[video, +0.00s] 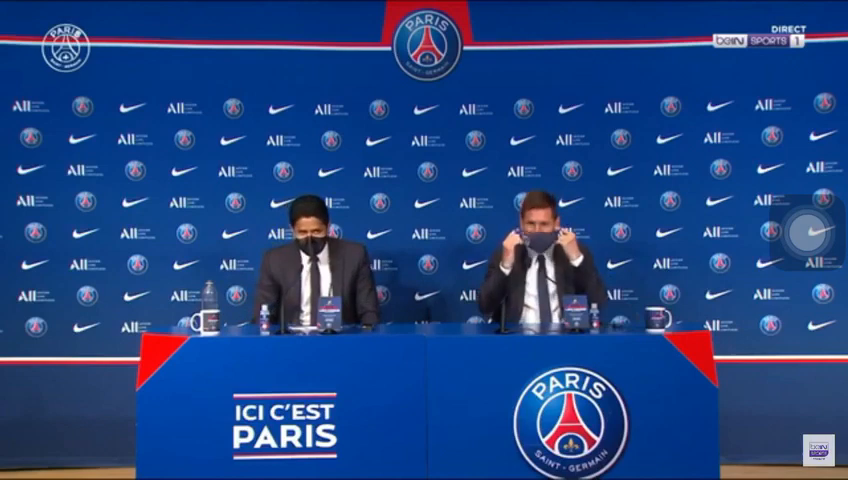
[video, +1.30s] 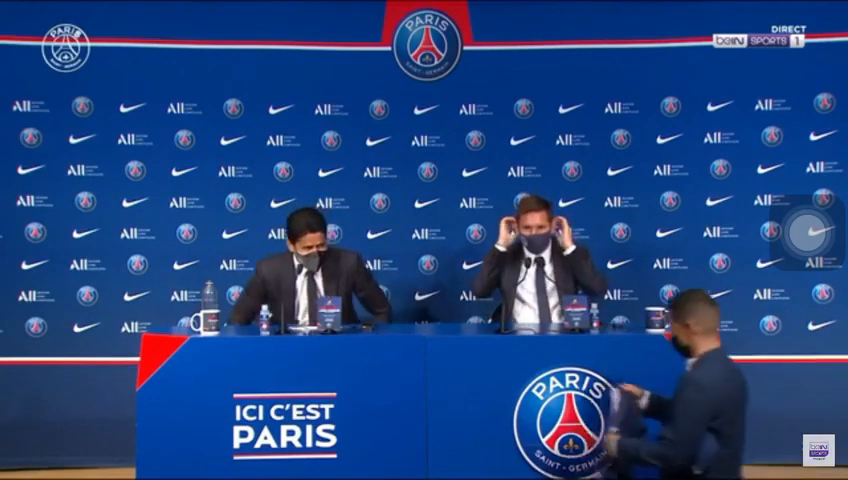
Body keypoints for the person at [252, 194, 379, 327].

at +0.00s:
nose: (310, 238)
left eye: (317, 231)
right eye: (302, 232)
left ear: (327, 227)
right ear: (293, 230)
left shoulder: (354, 254)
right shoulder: (275, 259)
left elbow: (368, 312)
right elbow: (263, 315)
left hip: (342, 346)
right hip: (291, 346)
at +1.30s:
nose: (315, 253)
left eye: (320, 246)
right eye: (307, 248)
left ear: (326, 238)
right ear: (291, 244)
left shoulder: (349, 263)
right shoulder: (269, 270)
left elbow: (382, 311)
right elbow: (238, 321)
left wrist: (369, 345)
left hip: (340, 352)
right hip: (287, 353)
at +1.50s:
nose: (316, 248)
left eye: (320, 240)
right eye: (308, 243)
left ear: (325, 233)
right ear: (290, 239)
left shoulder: (347, 258)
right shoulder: (267, 264)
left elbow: (380, 307)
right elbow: (238, 318)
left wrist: (363, 343)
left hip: (340, 349)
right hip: (287, 351)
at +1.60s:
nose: (317, 244)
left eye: (321, 237)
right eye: (309, 239)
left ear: (326, 231)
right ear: (290, 237)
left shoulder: (348, 256)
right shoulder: (267, 263)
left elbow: (377, 308)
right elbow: (241, 317)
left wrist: (360, 345)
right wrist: (259, 350)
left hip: (339, 349)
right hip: (287, 351)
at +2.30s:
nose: (309, 258)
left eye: (316, 252)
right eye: (302, 252)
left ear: (325, 242)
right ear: (290, 245)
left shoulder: (348, 253)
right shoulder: (271, 259)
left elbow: (375, 308)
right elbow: (252, 316)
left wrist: (348, 287)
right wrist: (275, 283)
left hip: (337, 342)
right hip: (289, 343)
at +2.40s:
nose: (309, 248)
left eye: (316, 241)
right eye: (303, 242)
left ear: (326, 237)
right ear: (291, 239)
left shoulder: (349, 251)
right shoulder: (270, 258)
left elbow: (371, 310)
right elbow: (257, 316)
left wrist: (341, 269)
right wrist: (281, 272)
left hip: (336, 343)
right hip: (288, 344)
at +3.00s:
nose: (316, 244)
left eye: (321, 235)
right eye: (307, 237)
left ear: (329, 230)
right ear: (295, 234)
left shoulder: (349, 251)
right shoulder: (272, 257)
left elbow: (367, 317)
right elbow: (257, 315)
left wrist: (350, 277)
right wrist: (287, 288)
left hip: (337, 343)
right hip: (289, 344)